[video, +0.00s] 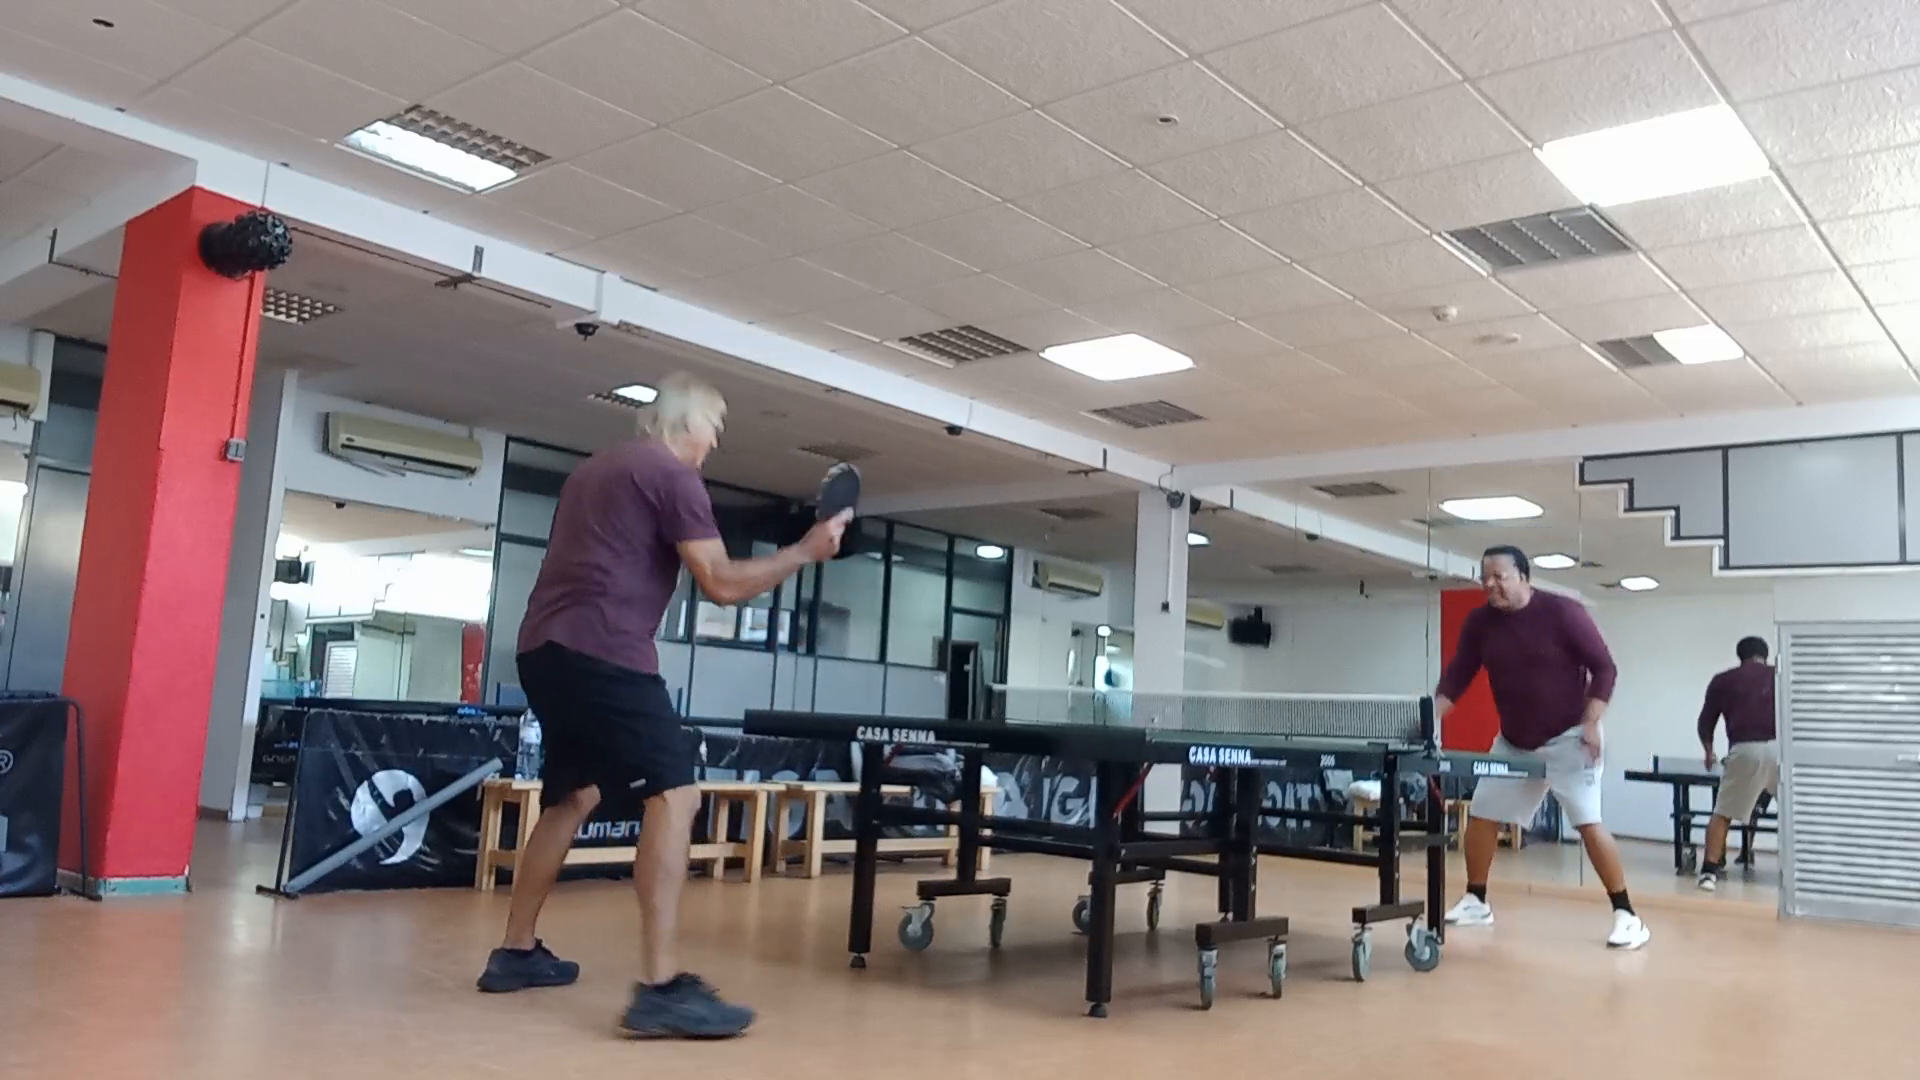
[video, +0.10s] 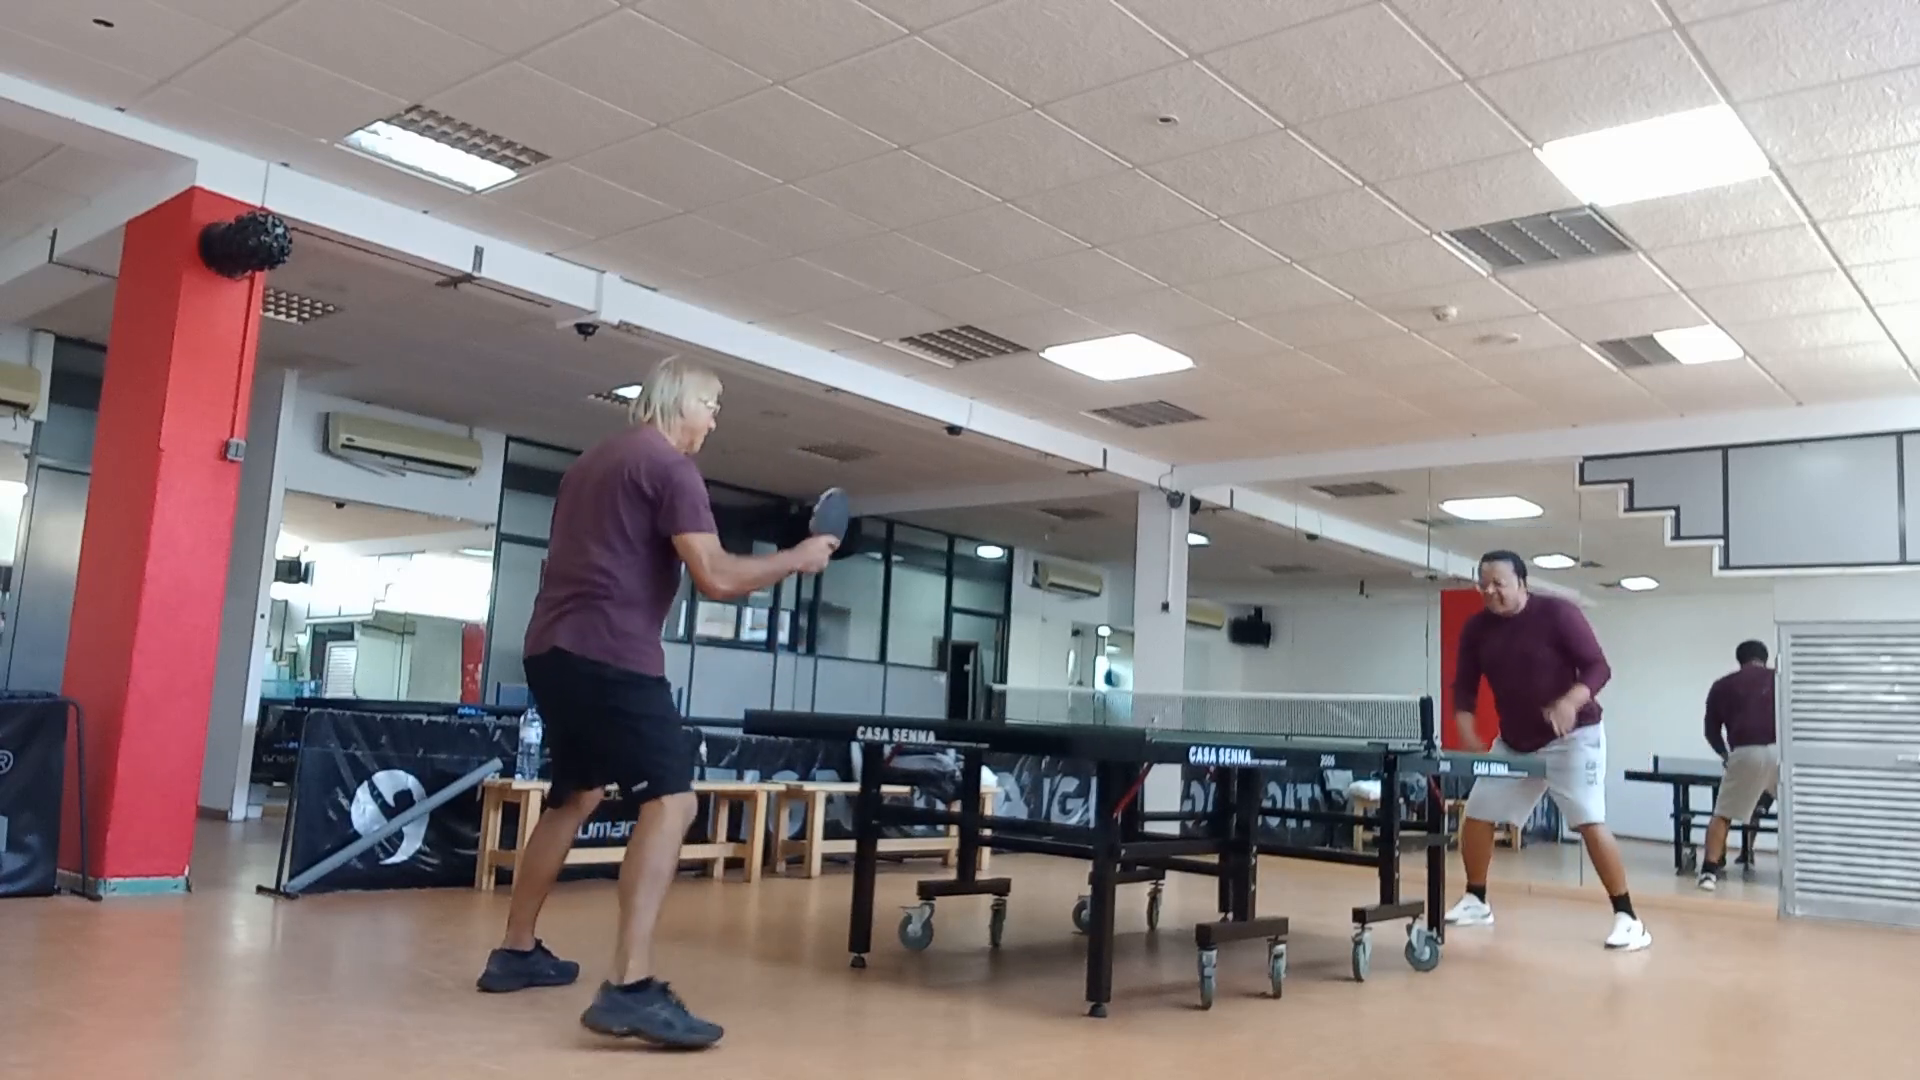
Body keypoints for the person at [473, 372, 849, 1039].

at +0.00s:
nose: (713, 450)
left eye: (716, 438)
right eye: (712, 435)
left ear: (655, 422)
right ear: (686, 426)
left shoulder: (592, 469)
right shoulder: (672, 473)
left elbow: (579, 571)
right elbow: (722, 582)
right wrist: (805, 552)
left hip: (543, 649)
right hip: (606, 653)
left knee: (575, 793)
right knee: (675, 790)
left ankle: (515, 951)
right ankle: (660, 986)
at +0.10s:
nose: (713, 426)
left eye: (714, 413)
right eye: (711, 411)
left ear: (649, 405)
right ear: (684, 409)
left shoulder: (586, 465)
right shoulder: (670, 467)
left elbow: (581, 565)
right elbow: (718, 577)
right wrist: (796, 559)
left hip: (550, 650)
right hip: (613, 656)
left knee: (578, 790)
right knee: (670, 797)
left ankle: (515, 950)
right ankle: (631, 985)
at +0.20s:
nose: (724, 418)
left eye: (725, 405)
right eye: (721, 404)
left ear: (664, 399)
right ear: (694, 404)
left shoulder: (596, 459)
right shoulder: (677, 464)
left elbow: (561, 568)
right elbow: (714, 576)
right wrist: (792, 570)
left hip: (558, 650)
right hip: (620, 657)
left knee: (571, 796)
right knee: (661, 813)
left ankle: (515, 950)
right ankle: (623, 1002)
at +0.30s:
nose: (743, 415)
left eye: (745, 402)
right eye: (741, 400)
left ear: (682, 395)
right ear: (712, 397)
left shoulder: (613, 447)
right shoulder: (691, 456)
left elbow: (574, 555)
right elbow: (708, 569)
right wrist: (790, 586)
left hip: (556, 643)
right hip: (619, 653)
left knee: (564, 795)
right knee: (661, 810)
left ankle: (517, 949)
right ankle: (623, 1004)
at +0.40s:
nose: (756, 425)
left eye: (759, 412)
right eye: (756, 409)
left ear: (699, 394)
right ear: (729, 400)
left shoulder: (623, 445)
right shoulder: (696, 449)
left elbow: (589, 549)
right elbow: (701, 563)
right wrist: (781, 597)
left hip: (550, 634)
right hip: (606, 644)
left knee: (566, 796)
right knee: (657, 802)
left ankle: (506, 960)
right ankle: (621, 1003)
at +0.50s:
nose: (772, 435)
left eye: (775, 422)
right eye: (769, 419)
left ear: (715, 409)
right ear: (737, 414)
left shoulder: (654, 451)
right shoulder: (691, 459)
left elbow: (597, 567)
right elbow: (679, 570)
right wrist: (764, 620)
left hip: (553, 639)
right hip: (600, 648)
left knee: (572, 806)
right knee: (674, 801)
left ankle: (506, 960)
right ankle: (626, 1006)